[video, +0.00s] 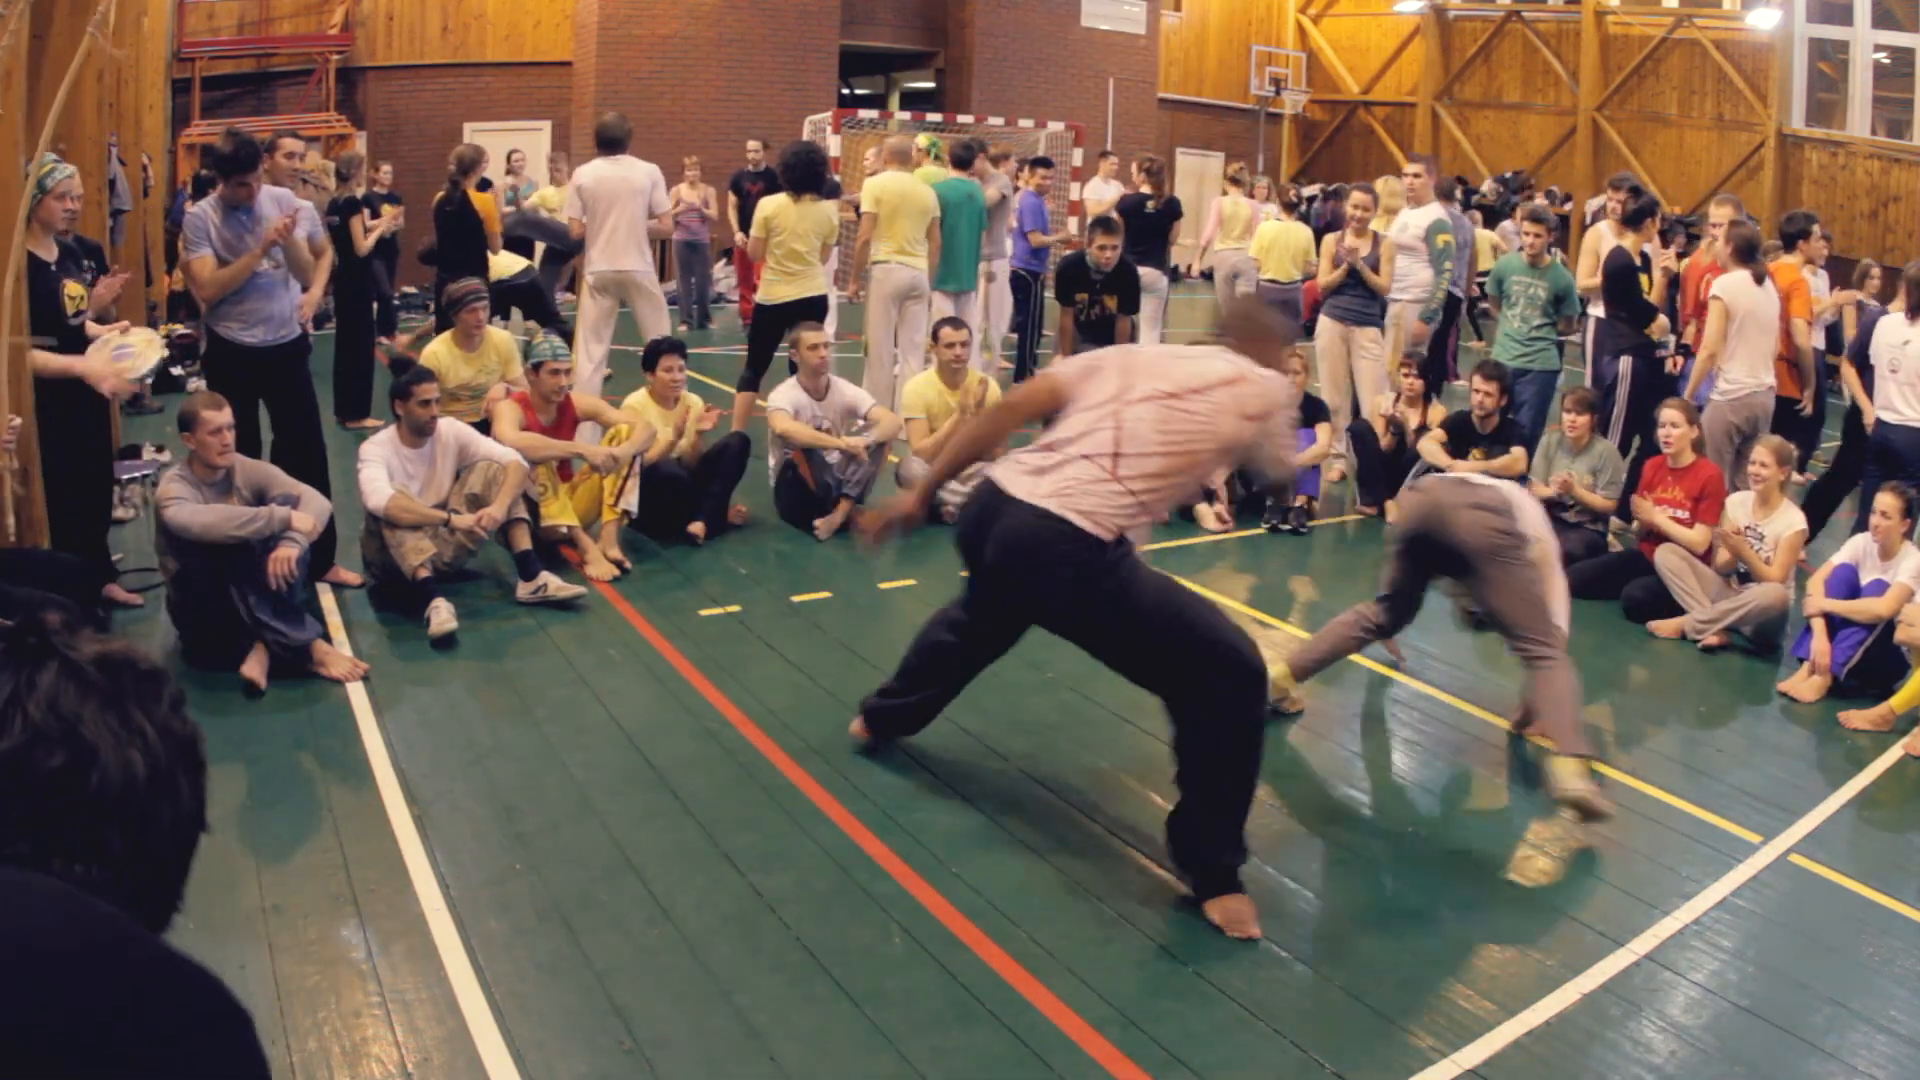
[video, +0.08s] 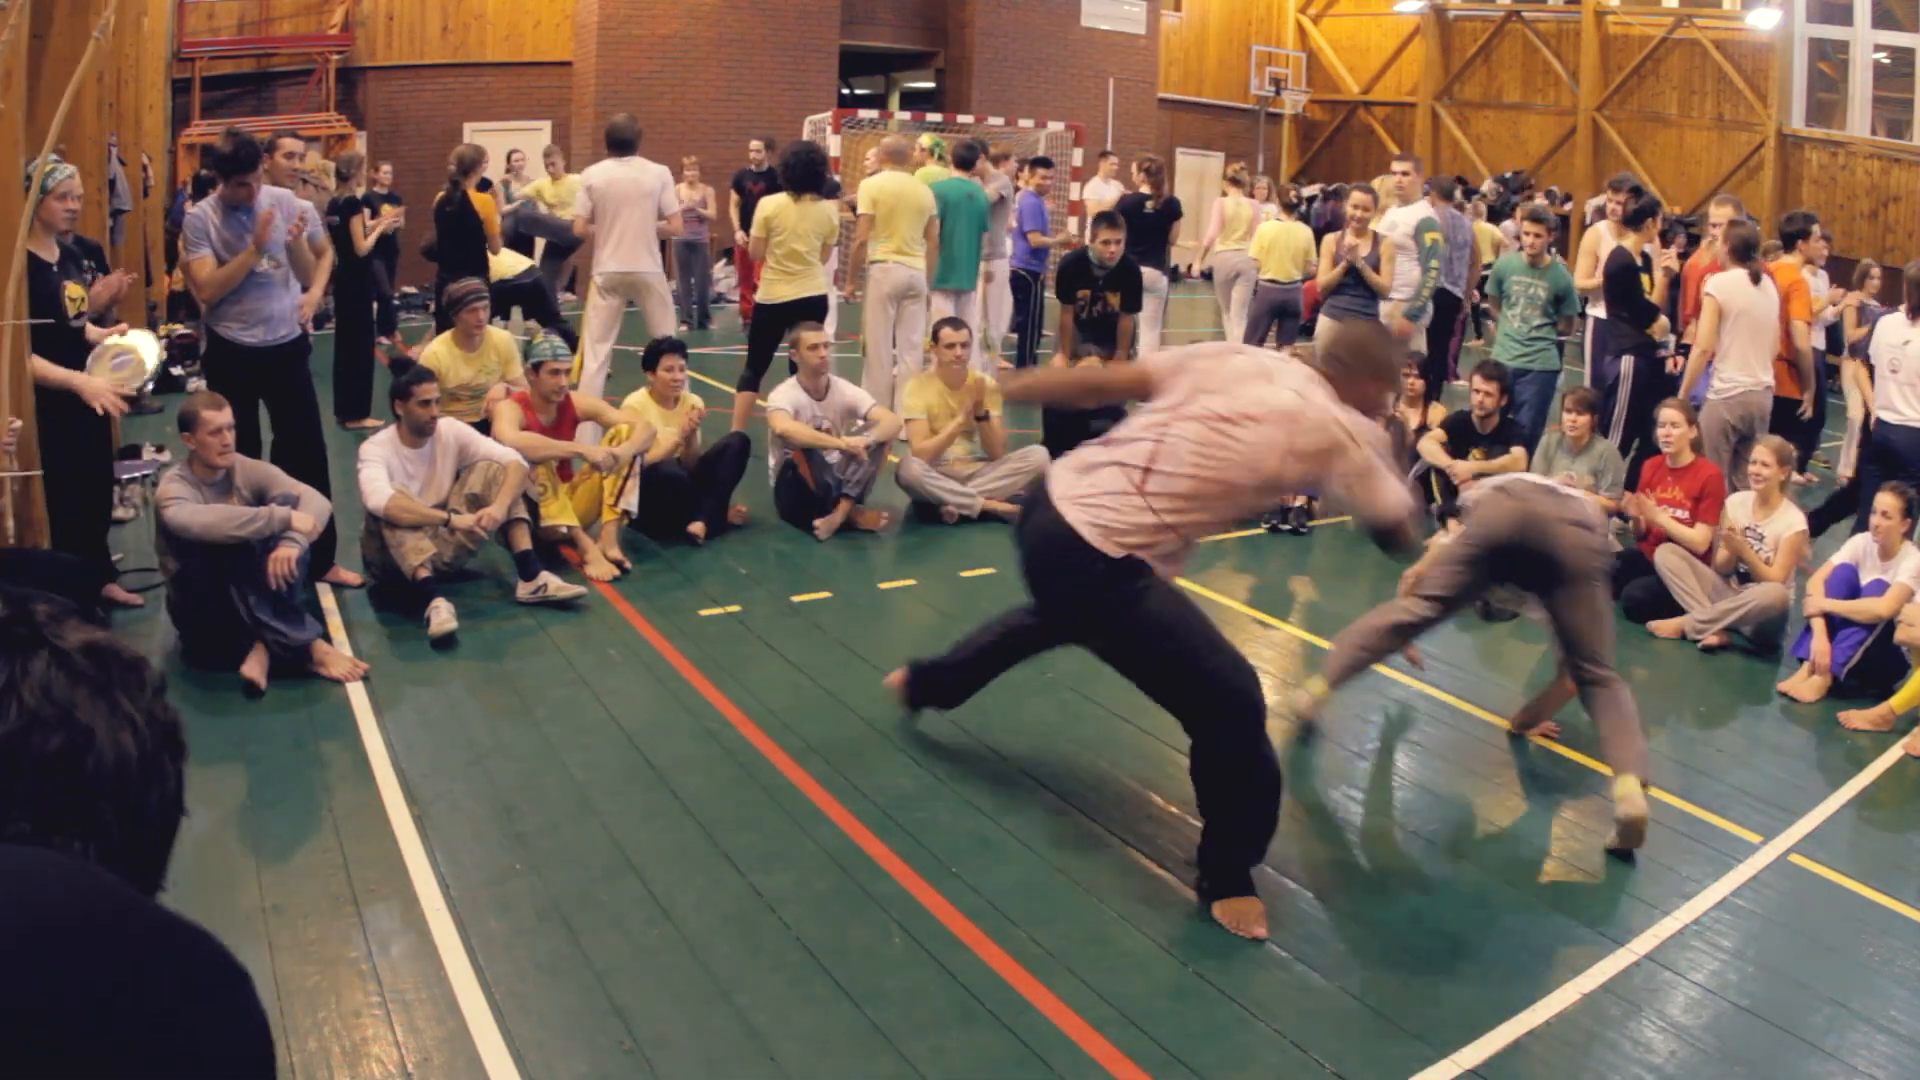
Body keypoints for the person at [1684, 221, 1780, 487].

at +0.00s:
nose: (1716, 247)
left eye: (1720, 241)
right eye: (1717, 240)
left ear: (1731, 248)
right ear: (1752, 249)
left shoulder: (1723, 285)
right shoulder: (1769, 286)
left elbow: (1710, 349)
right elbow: (1775, 346)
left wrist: (1688, 394)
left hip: (1729, 396)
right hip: (1765, 394)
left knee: (1713, 482)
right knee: (1746, 483)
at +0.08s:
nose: (1715, 247)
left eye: (1719, 242)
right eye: (1717, 240)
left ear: (1728, 248)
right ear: (1753, 249)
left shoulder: (1717, 283)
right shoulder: (1769, 285)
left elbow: (1704, 348)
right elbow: (1775, 345)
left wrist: (1683, 395)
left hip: (1726, 395)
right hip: (1763, 395)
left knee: (1713, 481)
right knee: (1747, 480)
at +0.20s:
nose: (1715, 244)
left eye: (1718, 240)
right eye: (1716, 238)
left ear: (1723, 248)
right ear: (1754, 250)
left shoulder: (1712, 283)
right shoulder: (1769, 286)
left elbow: (1699, 347)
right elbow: (1774, 346)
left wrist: (1680, 395)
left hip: (1721, 395)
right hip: (1760, 396)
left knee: (1711, 481)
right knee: (1747, 480)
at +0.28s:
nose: (1714, 242)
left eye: (1717, 239)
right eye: (1715, 235)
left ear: (1721, 248)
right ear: (1753, 249)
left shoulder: (1709, 283)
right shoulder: (1769, 288)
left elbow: (1698, 348)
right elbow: (1773, 347)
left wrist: (1680, 396)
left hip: (1718, 394)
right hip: (1758, 394)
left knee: (1709, 478)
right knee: (1746, 478)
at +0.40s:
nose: (1713, 239)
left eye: (1717, 237)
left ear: (1720, 248)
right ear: (1752, 248)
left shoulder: (1707, 284)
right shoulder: (1769, 288)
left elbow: (1694, 349)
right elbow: (1772, 350)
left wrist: (1683, 392)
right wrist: (1755, 377)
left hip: (1714, 392)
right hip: (1755, 392)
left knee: (1708, 477)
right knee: (1744, 477)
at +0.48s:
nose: (1711, 238)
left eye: (1715, 236)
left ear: (1718, 247)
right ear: (1750, 248)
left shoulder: (1705, 283)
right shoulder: (1768, 288)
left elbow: (1690, 345)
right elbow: (1774, 349)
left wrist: (1679, 363)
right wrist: (1752, 368)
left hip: (1713, 390)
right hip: (1753, 391)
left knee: (1708, 477)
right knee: (1744, 476)